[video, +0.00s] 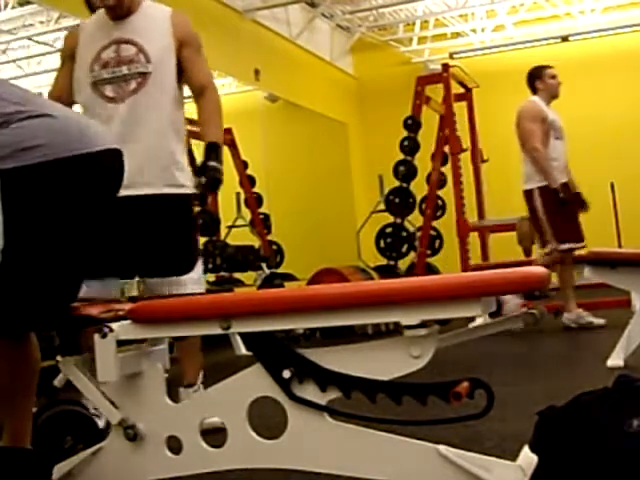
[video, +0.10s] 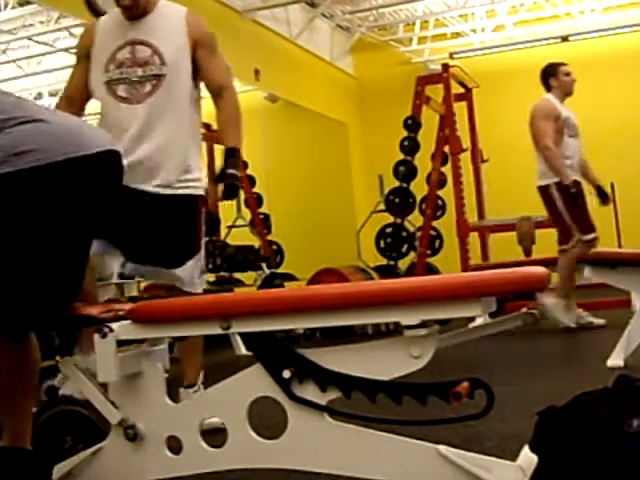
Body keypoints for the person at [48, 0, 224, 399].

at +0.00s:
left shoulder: (174, 25)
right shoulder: (78, 38)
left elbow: (205, 91)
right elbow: (55, 105)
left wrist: (212, 158)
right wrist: (35, 157)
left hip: (167, 184)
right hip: (99, 189)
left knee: (183, 304)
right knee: (94, 304)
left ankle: (191, 398)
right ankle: (95, 401)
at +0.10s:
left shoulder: (188, 26)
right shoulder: (95, 33)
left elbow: (225, 92)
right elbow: (70, 105)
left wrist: (231, 164)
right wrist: (50, 157)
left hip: (177, 187)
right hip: (111, 186)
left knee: (184, 303)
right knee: (96, 297)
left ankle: (188, 399)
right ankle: (92, 392)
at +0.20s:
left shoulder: (197, 26)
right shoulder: (101, 33)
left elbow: (232, 92)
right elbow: (77, 104)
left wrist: (246, 167)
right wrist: (53, 160)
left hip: (183, 185)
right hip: (118, 182)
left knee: (183, 298)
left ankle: (189, 395)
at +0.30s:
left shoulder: (206, 24)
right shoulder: (110, 31)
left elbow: (240, 92)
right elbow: (88, 101)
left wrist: (261, 159)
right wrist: (61, 158)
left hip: (189, 180)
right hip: (123, 175)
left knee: (189, 290)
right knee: (82, 233)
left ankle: (193, 390)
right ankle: (81, 347)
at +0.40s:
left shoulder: (213, 25)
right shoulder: (113, 29)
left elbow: (245, 93)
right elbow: (91, 101)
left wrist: (266, 158)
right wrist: (67, 158)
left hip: (190, 180)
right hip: (124, 175)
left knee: (190, 292)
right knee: (93, 239)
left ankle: (193, 391)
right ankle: (85, 354)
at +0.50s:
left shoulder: (217, 26)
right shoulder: (117, 28)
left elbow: (246, 93)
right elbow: (93, 98)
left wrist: (264, 155)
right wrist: (71, 154)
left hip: (192, 181)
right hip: (124, 173)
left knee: (189, 293)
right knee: (94, 236)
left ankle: (194, 391)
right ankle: (90, 350)